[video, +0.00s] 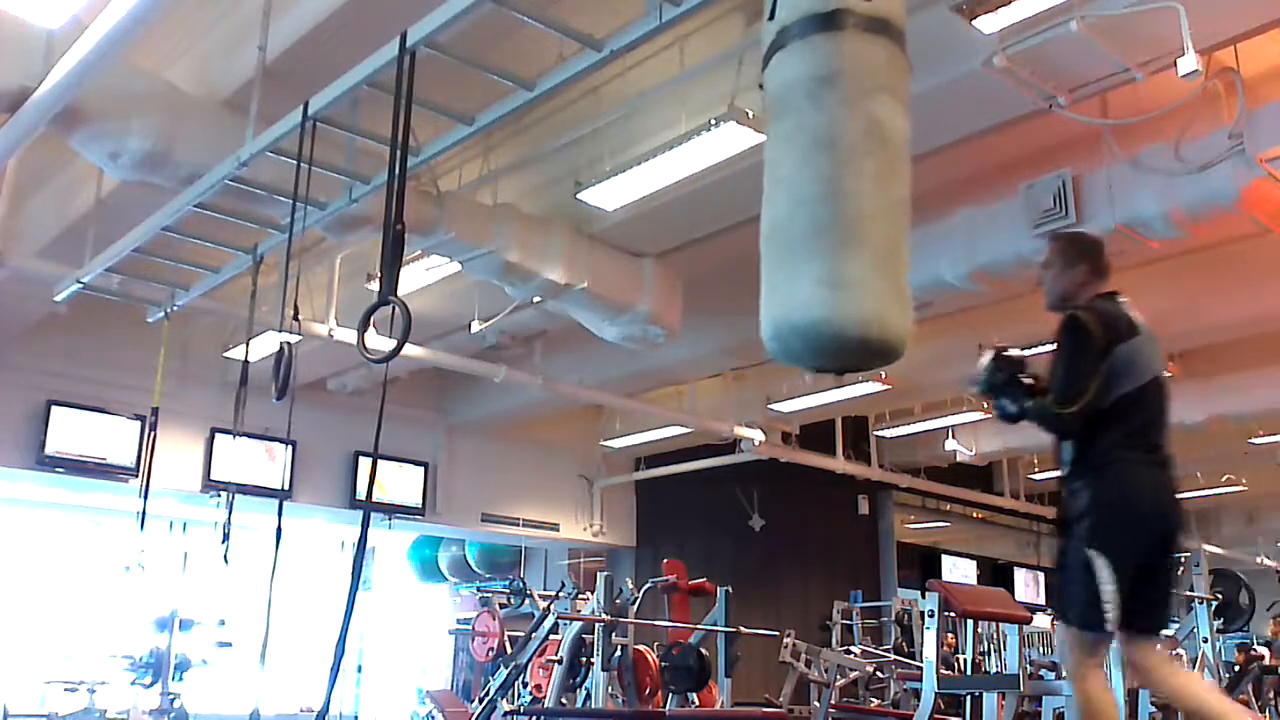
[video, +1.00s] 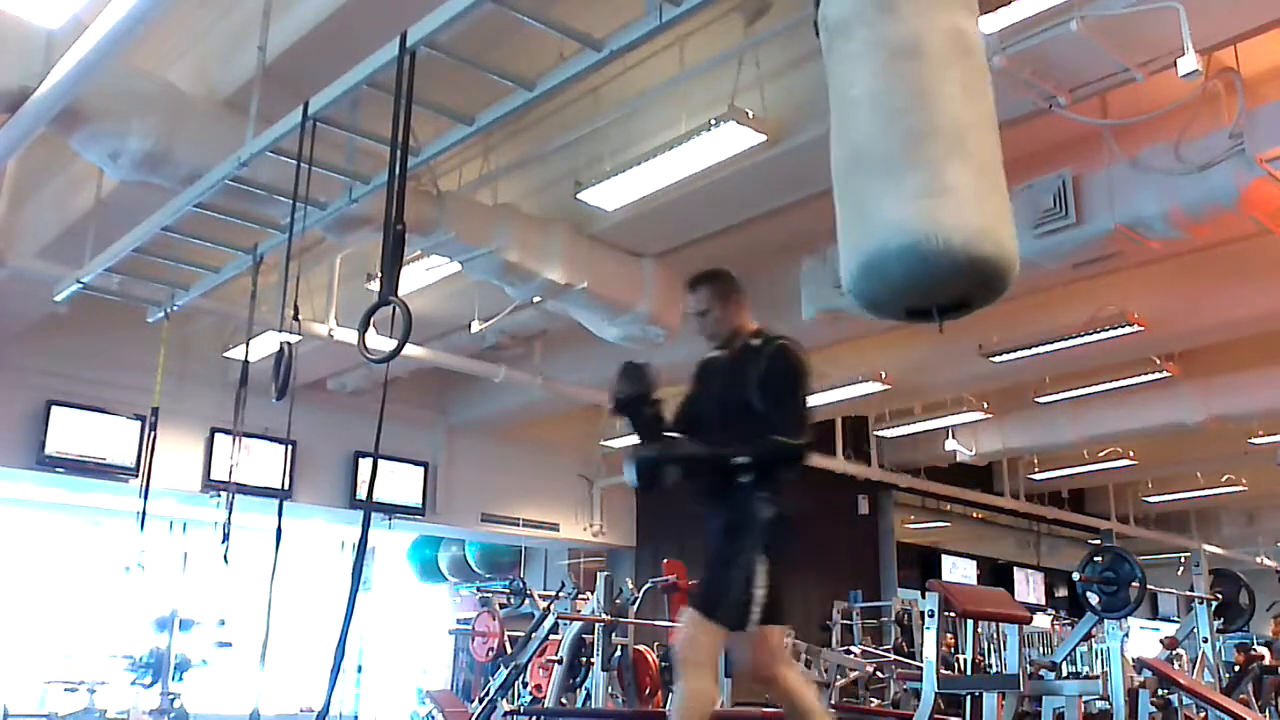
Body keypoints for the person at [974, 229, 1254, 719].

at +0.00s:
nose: (1039, 278)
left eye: (1048, 267)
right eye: (1042, 267)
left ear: (1077, 272)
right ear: (1092, 273)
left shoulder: (1083, 324)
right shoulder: (1130, 322)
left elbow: (1065, 417)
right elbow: (1098, 409)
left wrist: (1013, 395)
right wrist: (1031, 383)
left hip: (1106, 506)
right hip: (1153, 501)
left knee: (1082, 661)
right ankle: (1244, 716)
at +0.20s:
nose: (980, 276)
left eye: (991, 267)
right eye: (983, 267)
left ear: (1022, 270)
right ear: (1031, 273)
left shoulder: (1019, 317)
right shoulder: (1056, 320)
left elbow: (988, 407)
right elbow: (1017, 409)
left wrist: (938, 382)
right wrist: (959, 378)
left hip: (1042, 503)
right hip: (1052, 498)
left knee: (1064, 656)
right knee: (996, 632)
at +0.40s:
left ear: (923, 290)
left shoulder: (958, 346)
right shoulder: (962, 345)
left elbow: (924, 423)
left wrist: (874, 404)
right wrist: (890, 405)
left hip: (978, 531)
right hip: (955, 534)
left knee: (1023, 668)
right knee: (922, 658)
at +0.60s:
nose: (830, 318)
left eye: (837, 306)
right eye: (829, 308)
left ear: (866, 302)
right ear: (860, 308)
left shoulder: (896, 348)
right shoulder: (875, 357)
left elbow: (887, 426)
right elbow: (857, 445)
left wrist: (806, 415)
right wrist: (797, 420)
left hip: (889, 516)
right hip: (867, 516)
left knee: (860, 656)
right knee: (849, 660)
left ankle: (952, 713)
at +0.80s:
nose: (767, 320)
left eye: (773, 308)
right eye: (762, 311)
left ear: (805, 300)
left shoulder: (845, 345)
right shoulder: (784, 361)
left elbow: (862, 433)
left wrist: (776, 438)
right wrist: (708, 404)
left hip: (834, 510)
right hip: (803, 510)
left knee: (768, 635)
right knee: (835, 654)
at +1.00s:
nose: (698, 325)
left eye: (704, 313)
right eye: (694, 316)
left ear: (735, 304)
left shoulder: (777, 356)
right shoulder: (711, 370)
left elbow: (788, 442)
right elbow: (672, 447)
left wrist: (699, 454)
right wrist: (639, 407)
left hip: (760, 517)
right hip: (730, 516)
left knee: (695, 647)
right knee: (766, 661)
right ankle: (823, 715)